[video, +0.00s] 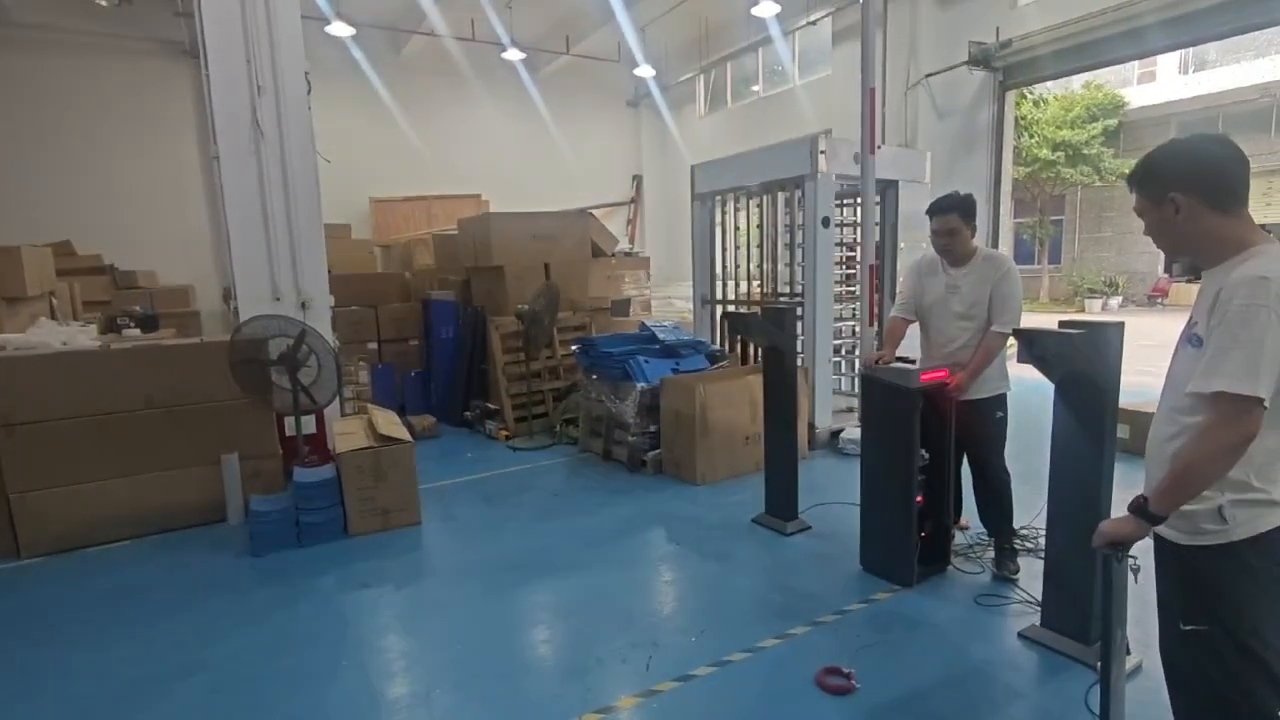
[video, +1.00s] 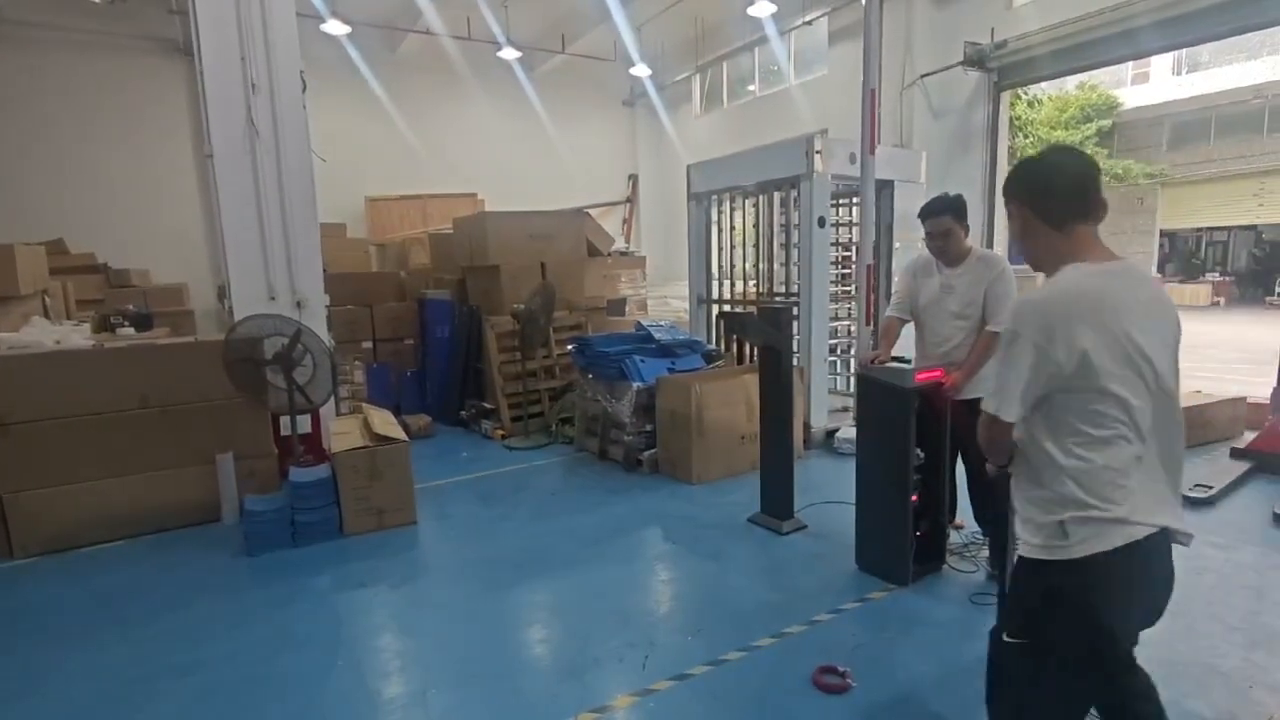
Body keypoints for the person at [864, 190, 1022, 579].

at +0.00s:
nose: (941, 243)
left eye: (949, 235)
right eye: (935, 235)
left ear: (972, 231)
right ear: (929, 232)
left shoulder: (1000, 268)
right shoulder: (922, 267)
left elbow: (1000, 330)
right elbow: (902, 313)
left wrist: (969, 373)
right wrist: (888, 348)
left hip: (984, 391)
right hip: (936, 390)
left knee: (990, 471)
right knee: (939, 472)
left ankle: (1003, 543)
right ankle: (936, 548)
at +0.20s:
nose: (939, 244)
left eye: (947, 236)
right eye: (933, 236)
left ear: (971, 231)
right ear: (928, 232)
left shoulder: (999, 267)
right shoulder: (921, 267)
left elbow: (999, 330)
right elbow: (901, 313)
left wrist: (967, 373)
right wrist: (887, 348)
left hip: (983, 390)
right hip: (934, 390)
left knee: (988, 470)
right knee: (938, 471)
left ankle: (1002, 542)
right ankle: (936, 546)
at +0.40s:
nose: (937, 245)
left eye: (944, 237)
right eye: (931, 237)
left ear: (968, 231)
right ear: (927, 233)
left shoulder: (998, 267)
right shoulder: (920, 267)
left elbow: (998, 330)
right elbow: (899, 313)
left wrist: (966, 373)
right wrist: (886, 348)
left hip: (982, 390)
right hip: (933, 389)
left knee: (987, 470)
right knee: (936, 471)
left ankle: (1001, 542)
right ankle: (934, 546)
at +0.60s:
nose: (936, 246)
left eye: (944, 238)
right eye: (930, 238)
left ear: (967, 231)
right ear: (925, 234)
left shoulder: (997, 268)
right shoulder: (919, 267)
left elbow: (997, 329)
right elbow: (898, 313)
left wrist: (965, 373)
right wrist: (884, 350)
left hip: (981, 390)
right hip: (932, 390)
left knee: (986, 471)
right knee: (935, 471)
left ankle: (1000, 542)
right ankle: (933, 545)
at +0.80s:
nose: (934, 245)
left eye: (941, 237)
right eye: (928, 237)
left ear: (966, 231)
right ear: (924, 234)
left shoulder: (995, 268)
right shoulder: (918, 268)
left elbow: (996, 330)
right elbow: (897, 314)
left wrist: (963, 374)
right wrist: (883, 350)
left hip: (980, 391)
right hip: (932, 391)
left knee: (986, 472)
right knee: (934, 471)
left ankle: (999, 543)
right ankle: (933, 543)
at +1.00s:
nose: (935, 244)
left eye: (943, 236)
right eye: (929, 236)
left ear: (966, 230)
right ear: (923, 234)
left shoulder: (994, 268)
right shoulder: (917, 268)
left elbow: (995, 328)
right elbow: (896, 313)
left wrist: (964, 373)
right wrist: (882, 349)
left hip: (978, 393)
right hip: (929, 392)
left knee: (986, 479)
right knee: (932, 476)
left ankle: (999, 555)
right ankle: (928, 551)